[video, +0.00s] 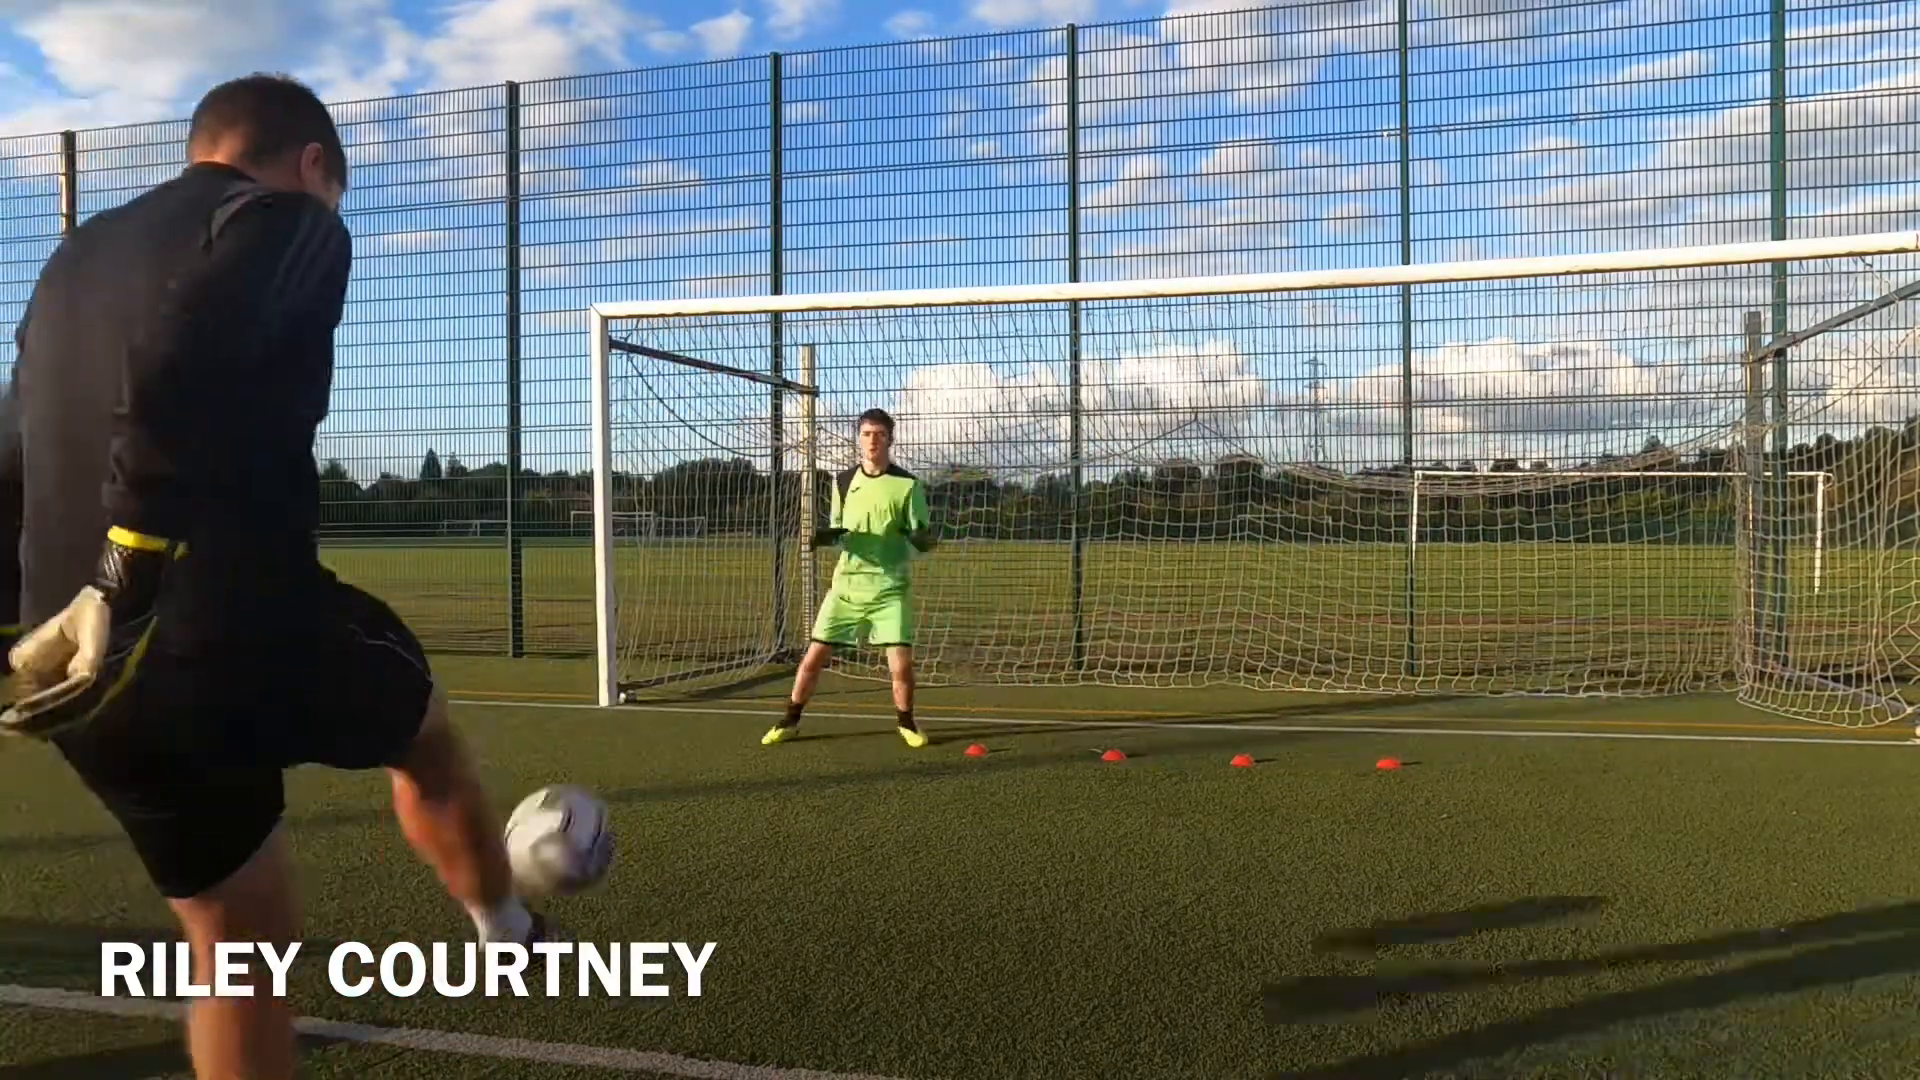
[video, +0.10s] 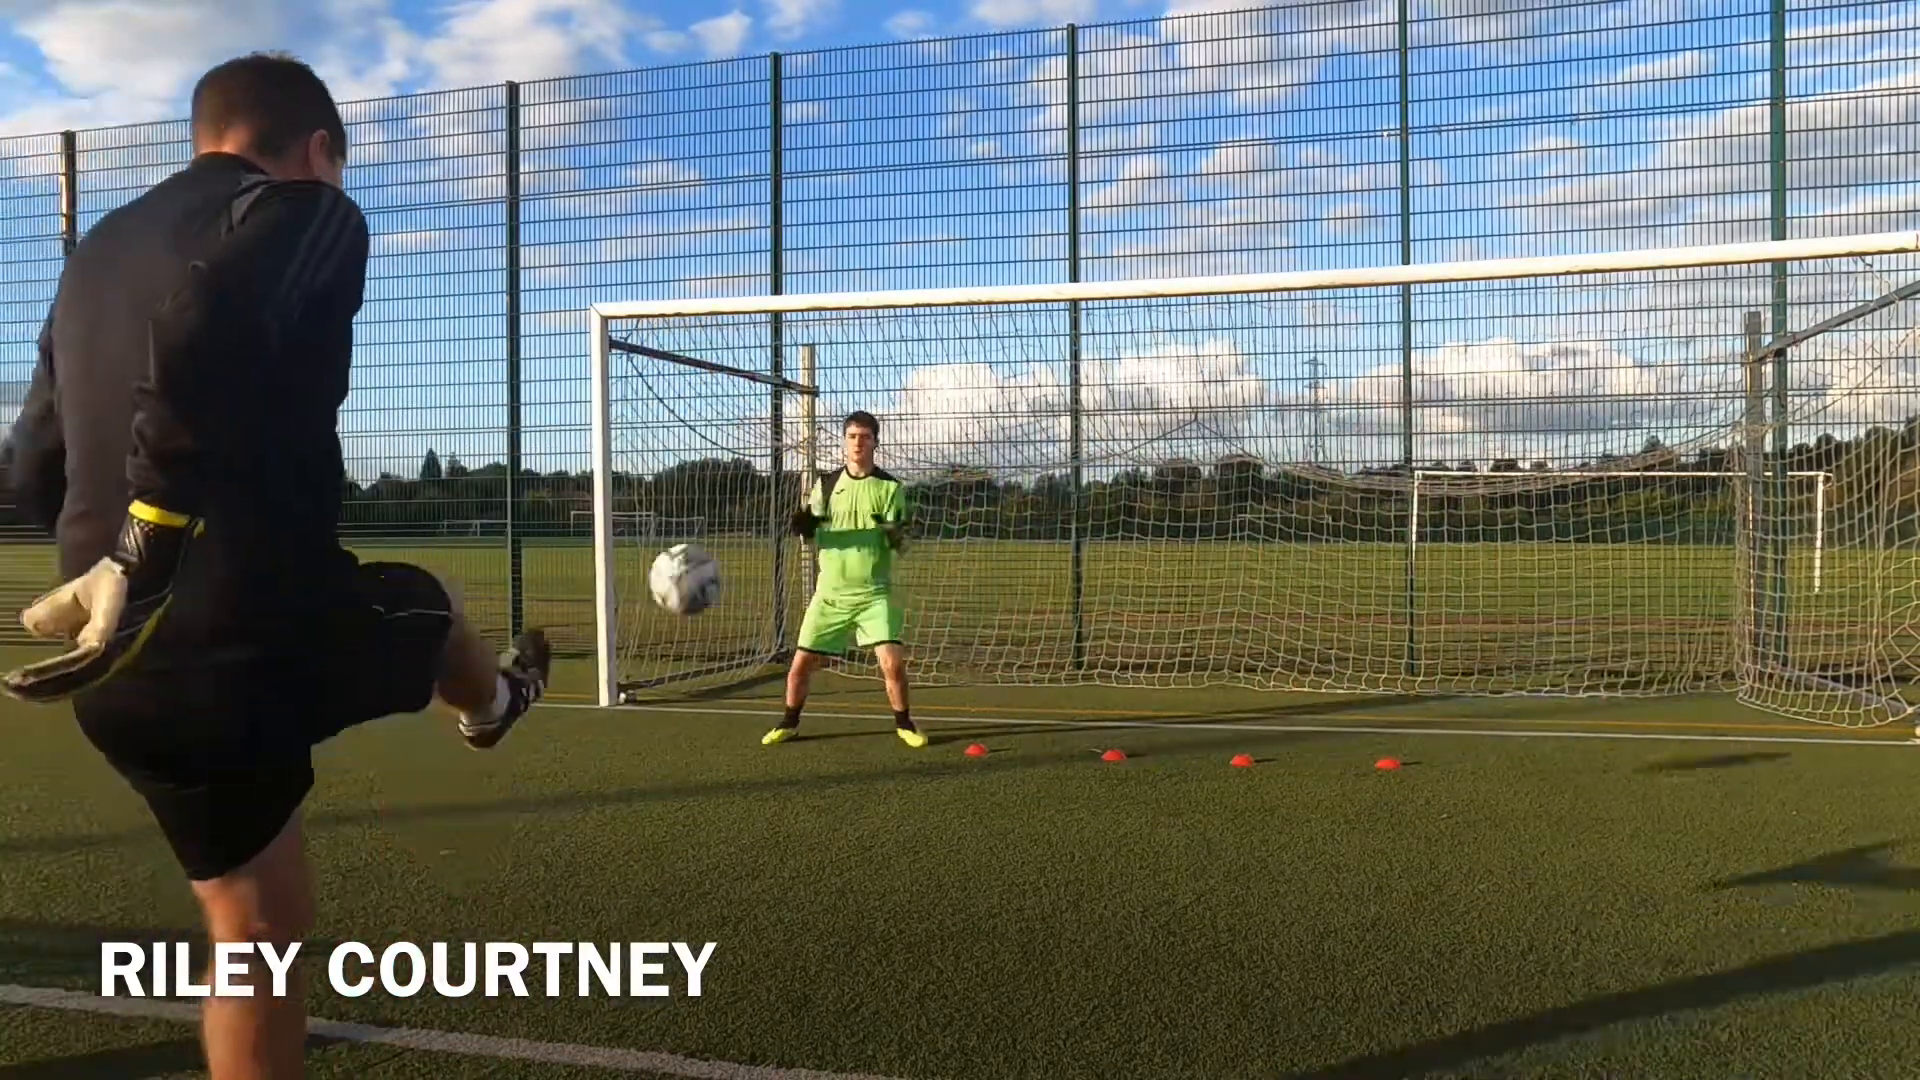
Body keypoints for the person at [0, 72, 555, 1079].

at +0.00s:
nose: (332, 215)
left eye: (335, 198)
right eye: (336, 193)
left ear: (203, 161)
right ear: (305, 162)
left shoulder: (74, 255)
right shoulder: (293, 224)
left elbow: (16, 455)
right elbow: (193, 370)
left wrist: (25, 618)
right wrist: (122, 582)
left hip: (79, 653)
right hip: (242, 624)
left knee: (234, 937)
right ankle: (508, 933)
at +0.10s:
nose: (334, 186)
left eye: (336, 168)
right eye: (337, 166)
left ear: (205, 147)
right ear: (307, 150)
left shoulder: (100, 250)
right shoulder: (316, 215)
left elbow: (27, 478)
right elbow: (204, 313)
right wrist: (135, 554)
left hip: (118, 654)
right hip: (265, 630)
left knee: (252, 932)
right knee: (430, 610)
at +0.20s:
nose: (327, 164)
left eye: (329, 147)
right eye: (330, 144)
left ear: (193, 134)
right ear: (307, 134)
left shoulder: (103, 244)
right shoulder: (318, 221)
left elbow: (62, 449)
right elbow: (255, 392)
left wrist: (173, 472)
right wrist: (220, 613)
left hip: (149, 656)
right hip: (290, 636)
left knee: (262, 929)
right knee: (420, 509)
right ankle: (440, 718)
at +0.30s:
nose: (331, 135)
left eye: (328, 116)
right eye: (329, 115)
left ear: (190, 113)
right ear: (308, 108)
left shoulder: (101, 233)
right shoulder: (326, 224)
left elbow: (42, 447)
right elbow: (309, 449)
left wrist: (164, 456)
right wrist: (331, 660)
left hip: (160, 649)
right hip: (293, 632)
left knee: (254, 948)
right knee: (423, 559)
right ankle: (417, 817)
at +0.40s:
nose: (332, 124)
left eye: (329, 106)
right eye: (330, 104)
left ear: (187, 99)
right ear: (310, 97)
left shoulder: (84, 235)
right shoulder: (339, 228)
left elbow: (13, 433)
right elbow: (376, 462)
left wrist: (120, 508)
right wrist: (425, 639)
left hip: (155, 661)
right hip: (312, 646)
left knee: (243, 962)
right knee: (430, 711)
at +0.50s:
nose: (328, 120)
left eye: (329, 103)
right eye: (330, 101)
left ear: (187, 96)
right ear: (311, 93)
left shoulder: (71, 242)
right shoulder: (354, 235)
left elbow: (3, 404)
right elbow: (430, 459)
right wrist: (492, 621)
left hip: (143, 668)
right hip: (323, 655)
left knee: (233, 972)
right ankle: (351, 1060)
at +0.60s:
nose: (330, 107)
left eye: (327, 84)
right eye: (331, 83)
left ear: (189, 84)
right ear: (311, 79)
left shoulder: (75, 228)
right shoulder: (361, 231)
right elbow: (453, 453)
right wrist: (519, 592)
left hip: (123, 663)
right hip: (294, 658)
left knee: (222, 968)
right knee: (336, 978)